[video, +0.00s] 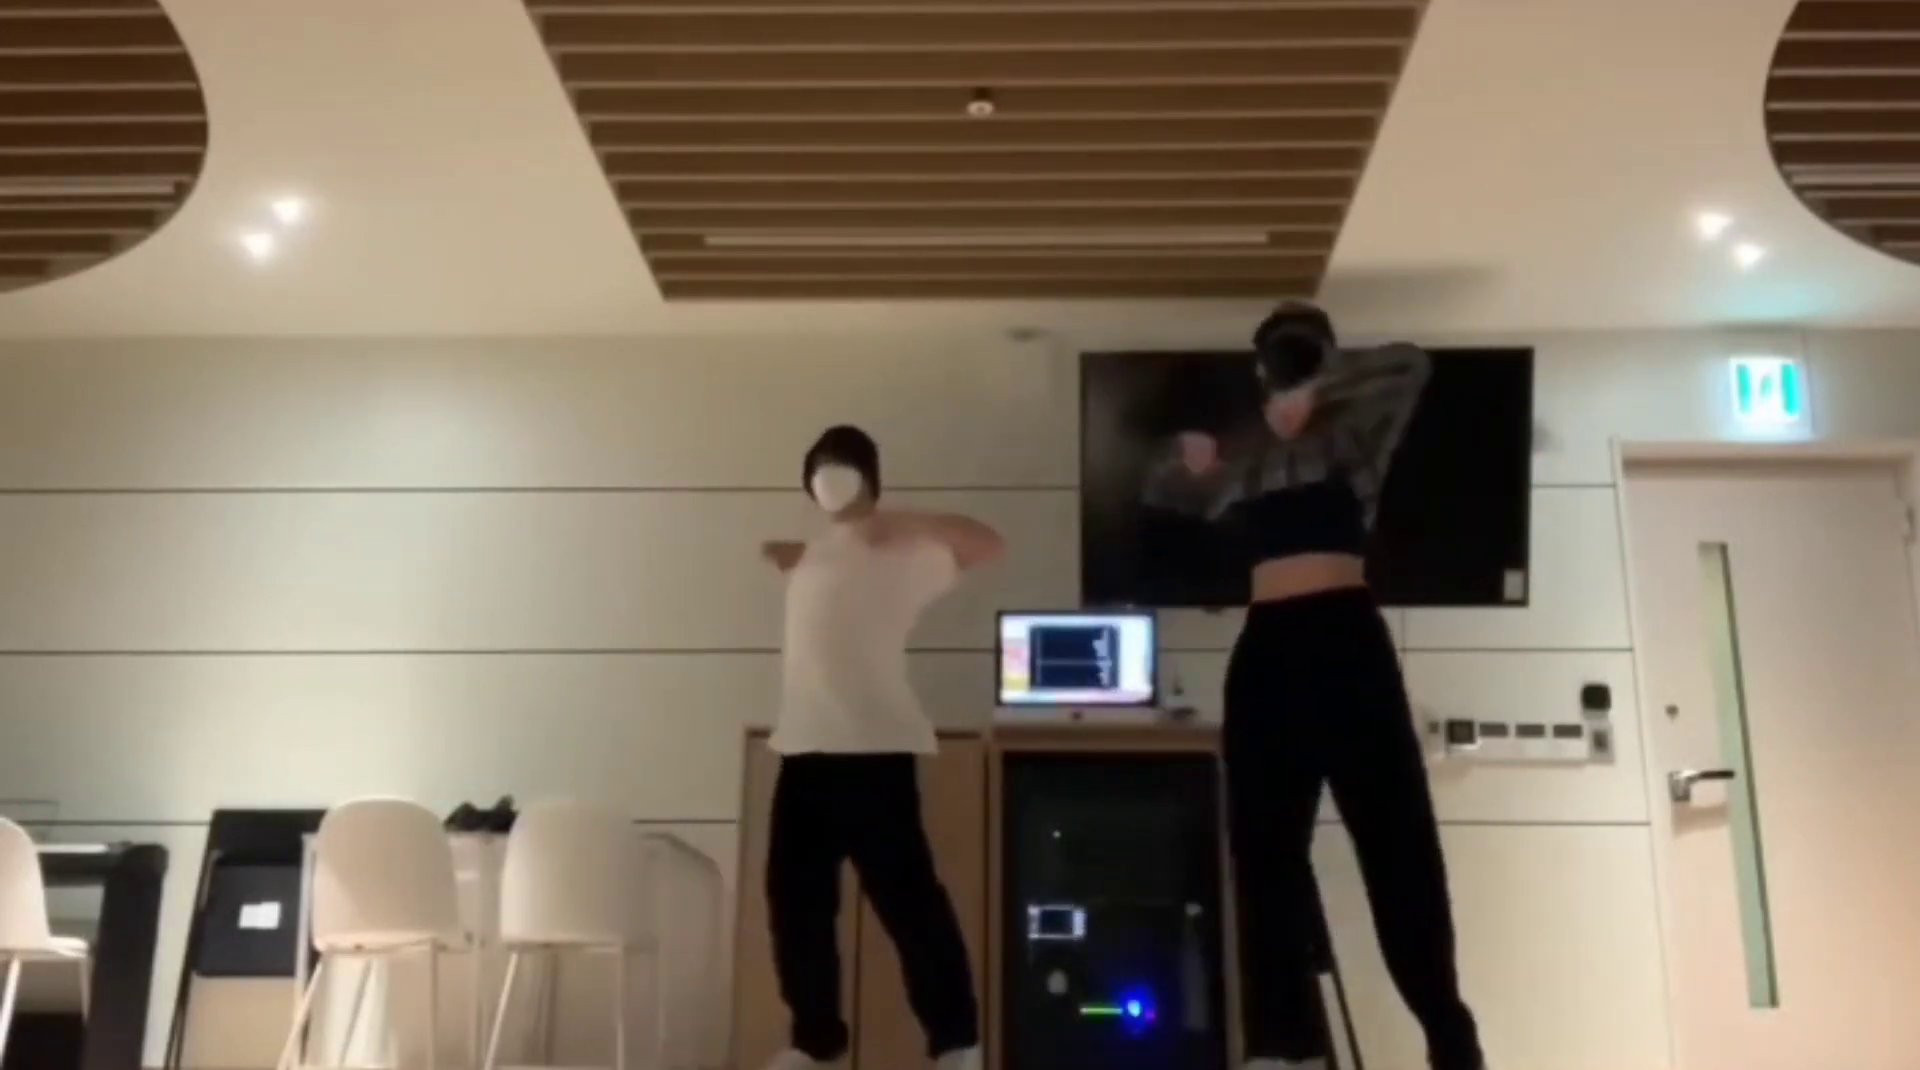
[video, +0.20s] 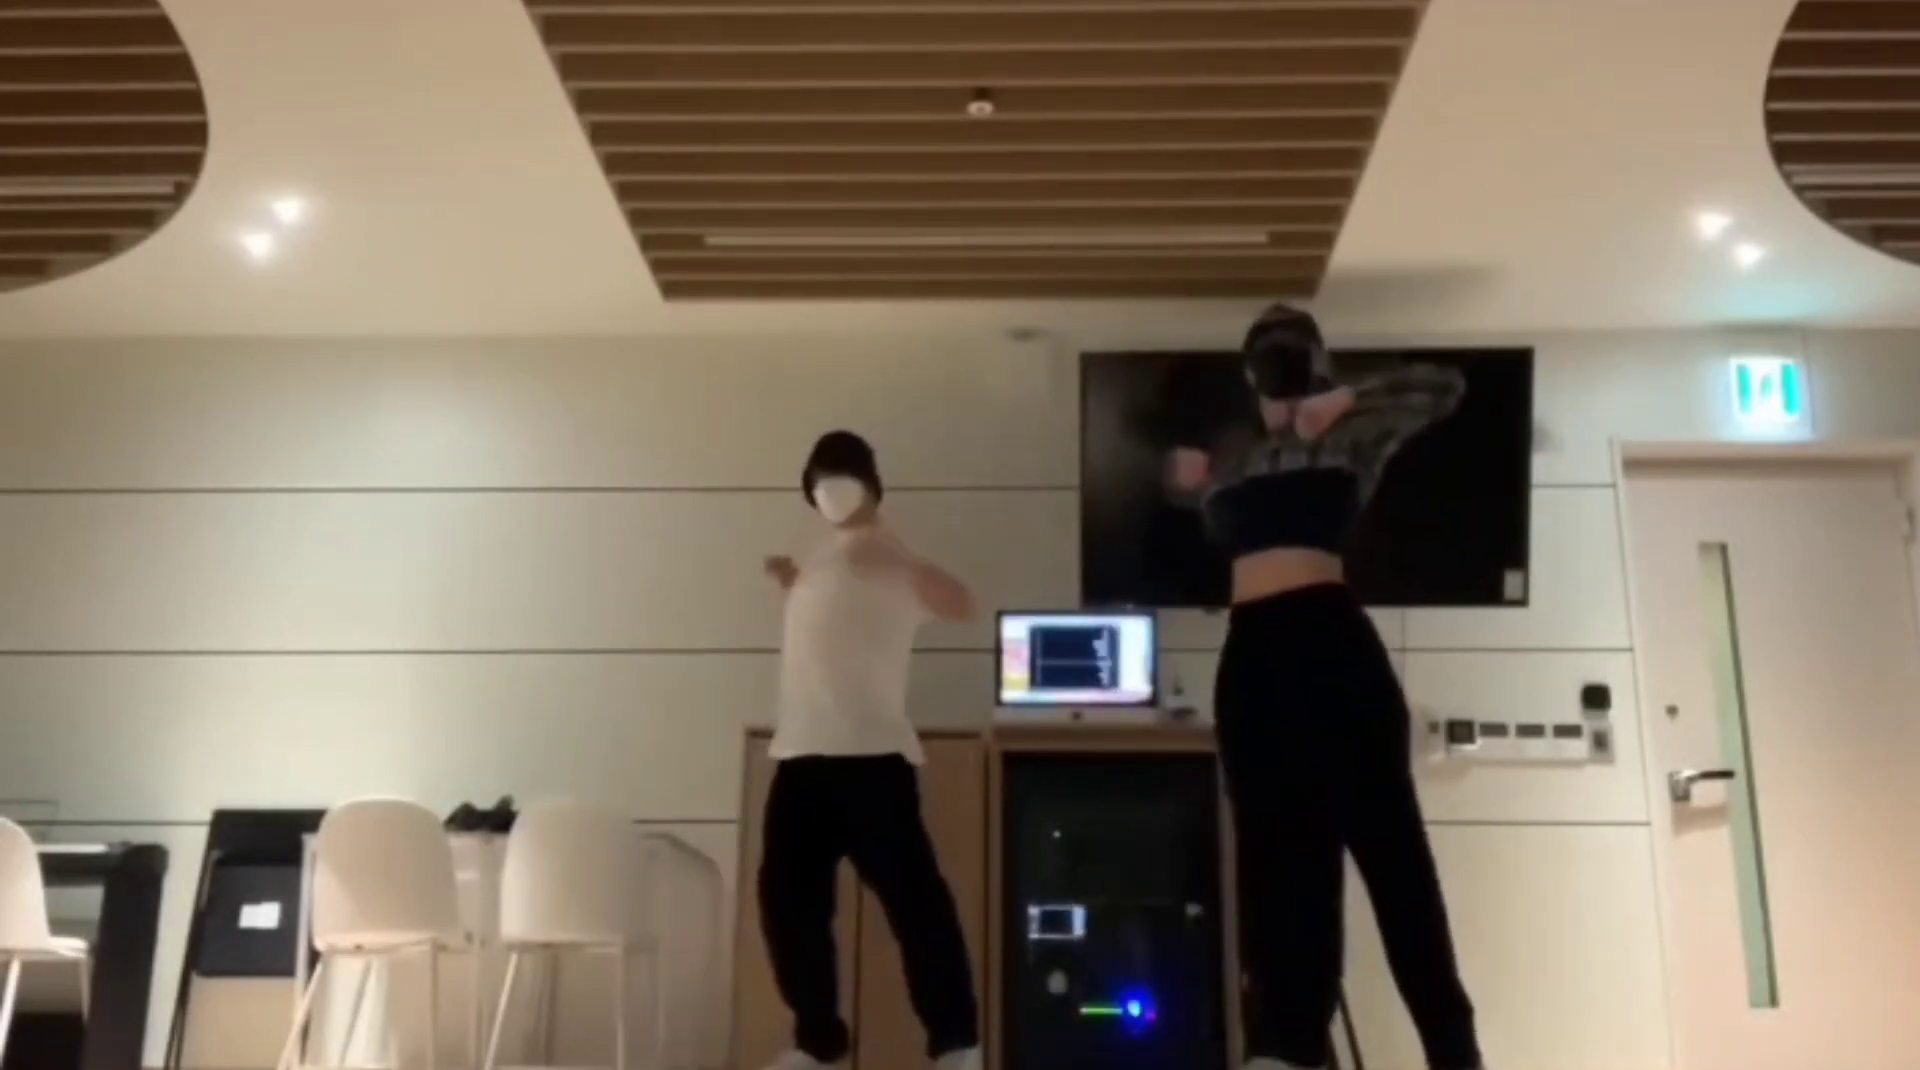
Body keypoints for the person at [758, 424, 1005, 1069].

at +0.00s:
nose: (832, 487)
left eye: (846, 472)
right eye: (820, 477)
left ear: (872, 477)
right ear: (809, 488)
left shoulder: (907, 549)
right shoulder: (815, 554)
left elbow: (988, 545)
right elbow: (813, 563)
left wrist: (906, 525)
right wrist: (784, 556)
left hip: (879, 752)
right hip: (806, 754)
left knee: (906, 898)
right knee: (797, 901)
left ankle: (955, 1045)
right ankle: (816, 1042)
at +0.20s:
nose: (835, 496)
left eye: (847, 481)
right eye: (822, 486)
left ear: (873, 486)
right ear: (810, 496)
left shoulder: (891, 558)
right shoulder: (815, 565)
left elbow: (962, 607)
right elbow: (817, 624)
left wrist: (899, 560)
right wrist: (789, 583)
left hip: (877, 761)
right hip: (803, 763)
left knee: (915, 901)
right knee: (789, 899)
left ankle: (955, 1042)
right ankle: (819, 1041)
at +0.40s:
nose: (815, 513)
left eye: (827, 498)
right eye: (803, 501)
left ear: (855, 500)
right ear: (792, 508)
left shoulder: (893, 572)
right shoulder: (794, 565)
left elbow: (946, 625)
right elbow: (770, 635)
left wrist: (883, 680)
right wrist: (737, 707)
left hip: (857, 728)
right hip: (794, 727)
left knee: (737, 770)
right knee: (784, 882)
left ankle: (815, 891)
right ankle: (819, 1039)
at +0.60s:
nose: (810, 521)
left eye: (822, 506)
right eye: (799, 510)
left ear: (851, 507)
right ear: (790, 516)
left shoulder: (883, 576)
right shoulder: (796, 580)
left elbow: (865, 663)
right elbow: (755, 680)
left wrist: (809, 605)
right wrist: (751, 623)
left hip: (855, 733)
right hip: (797, 736)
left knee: (726, 711)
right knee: (772, 886)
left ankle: (762, 861)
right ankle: (818, 1041)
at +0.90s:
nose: (804, 532)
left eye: (814, 516)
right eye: (792, 522)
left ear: (843, 517)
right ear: (784, 532)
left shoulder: (873, 585)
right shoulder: (804, 596)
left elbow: (821, 643)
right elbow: (753, 644)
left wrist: (724, 650)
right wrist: (686, 648)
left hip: (853, 740)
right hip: (808, 742)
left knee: (725, 759)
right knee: (769, 888)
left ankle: (717, 921)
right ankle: (815, 1043)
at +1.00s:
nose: (801, 531)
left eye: (813, 515)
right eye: (790, 520)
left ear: (840, 517)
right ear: (782, 527)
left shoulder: (863, 578)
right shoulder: (796, 591)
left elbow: (818, 636)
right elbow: (702, 614)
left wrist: (741, 698)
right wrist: (629, 647)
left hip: (854, 747)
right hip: (813, 751)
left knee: (753, 821)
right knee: (773, 884)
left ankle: (718, 975)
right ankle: (815, 1046)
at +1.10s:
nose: (780, 504)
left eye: (795, 491)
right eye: (770, 492)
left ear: (820, 500)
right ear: (759, 502)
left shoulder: (825, 563)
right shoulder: (776, 572)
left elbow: (871, 627)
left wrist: (895, 715)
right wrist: (678, 606)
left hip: (850, 745)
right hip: (806, 751)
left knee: (778, 892)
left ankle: (826, 1033)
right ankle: (844, 1027)